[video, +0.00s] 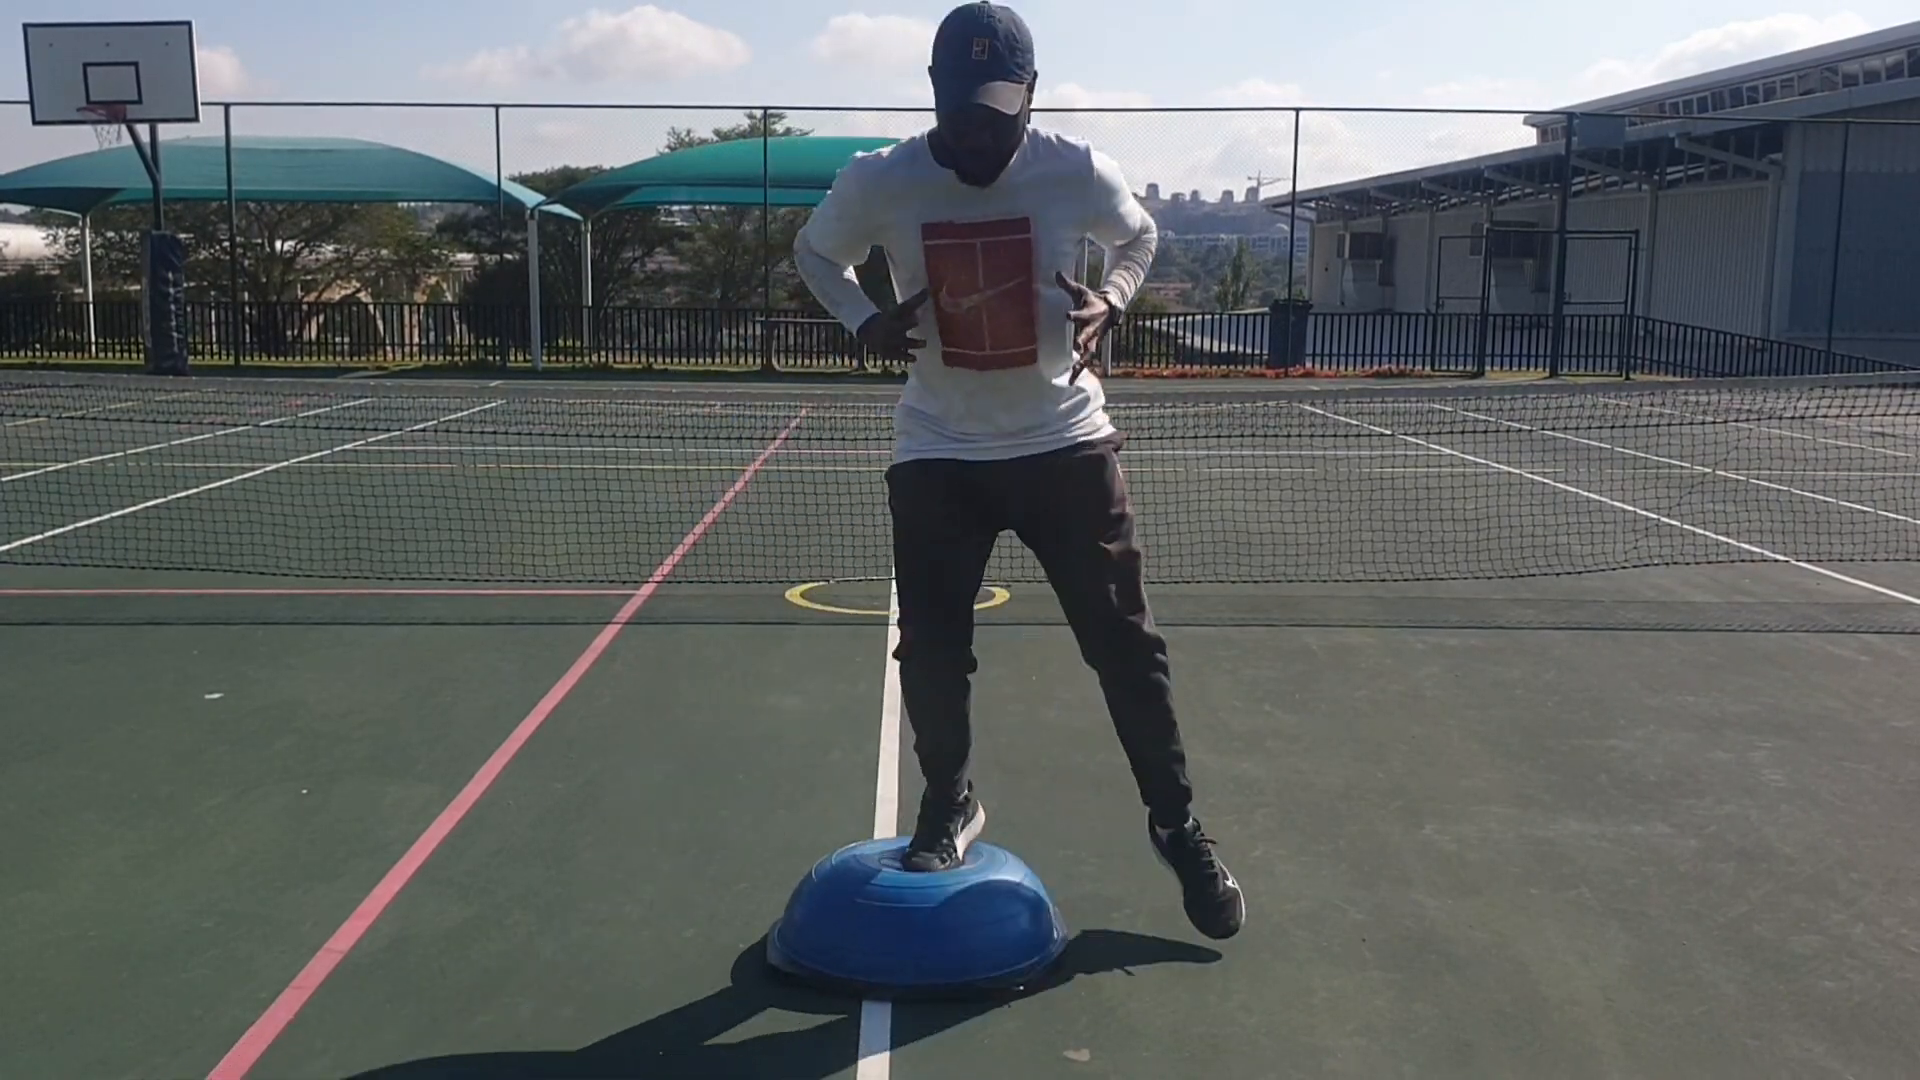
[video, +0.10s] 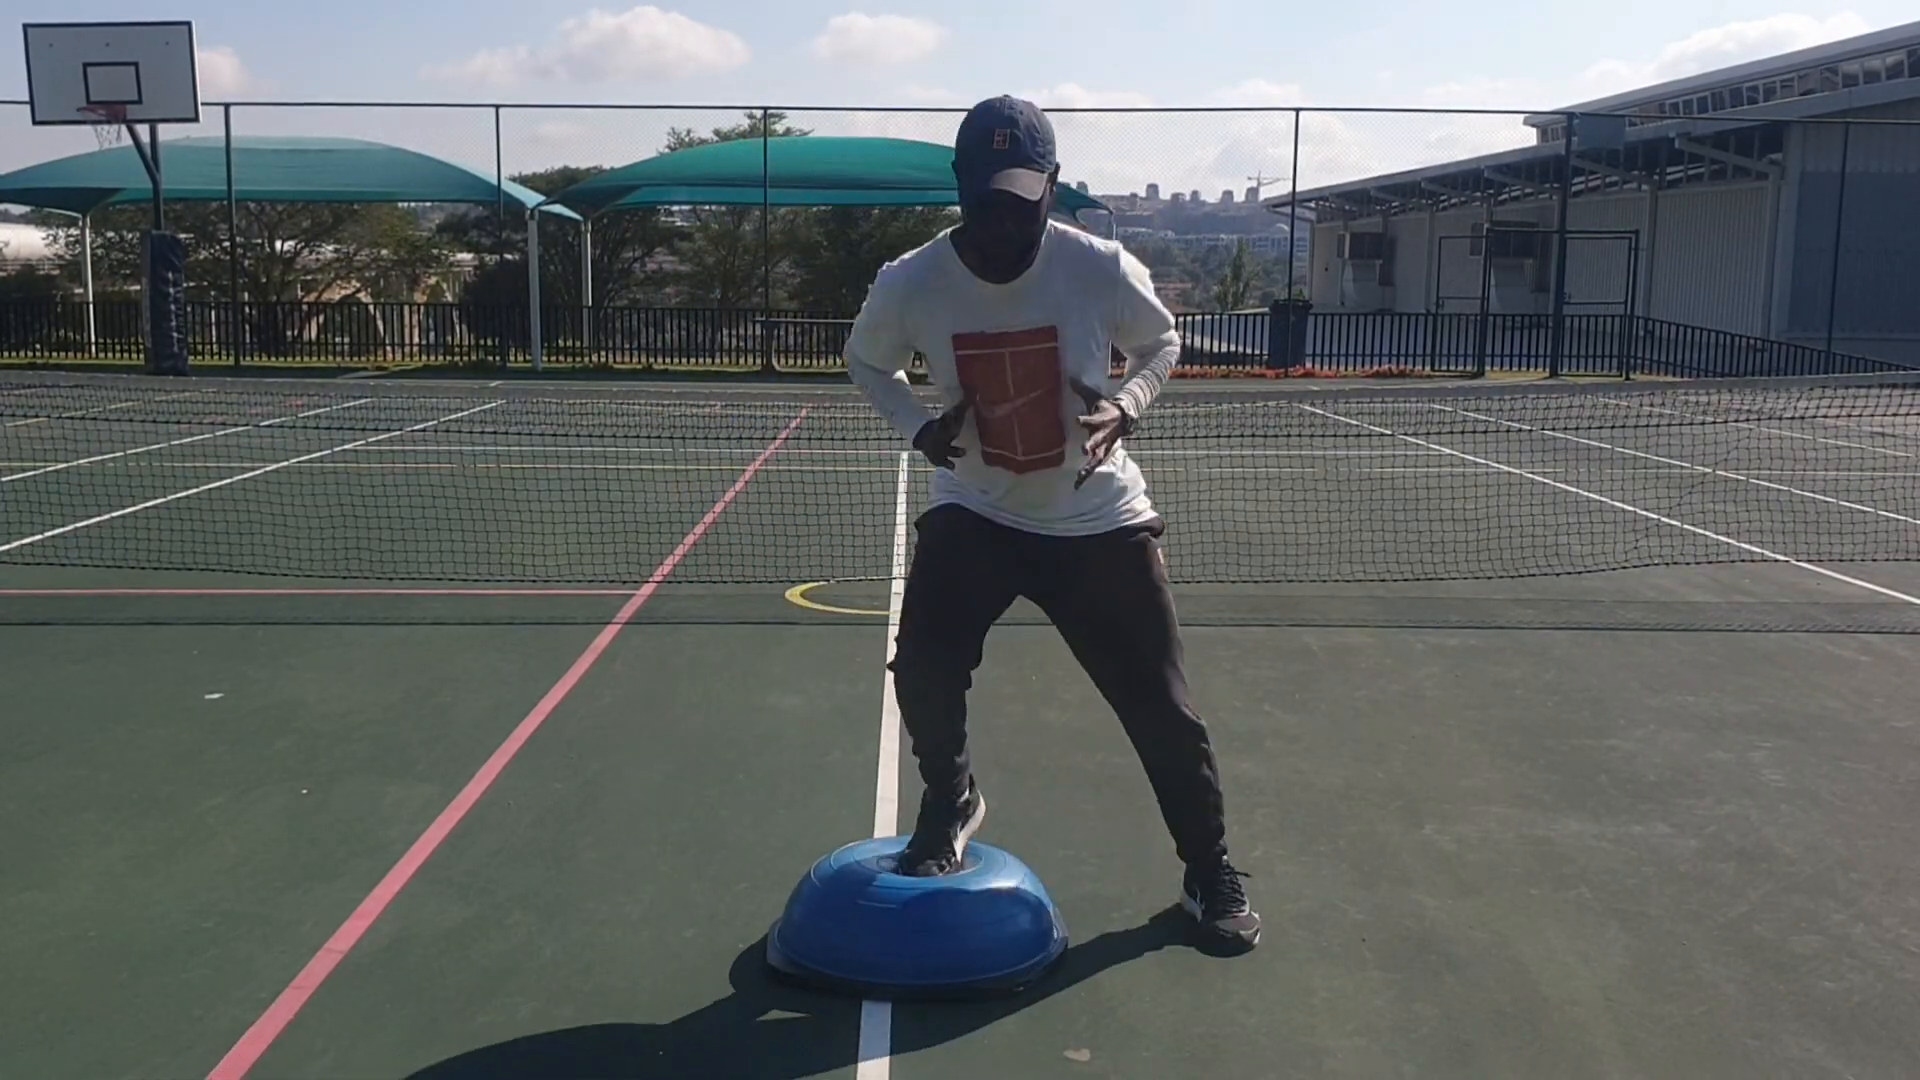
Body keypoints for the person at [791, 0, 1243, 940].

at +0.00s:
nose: (994, 132)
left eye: (1010, 113)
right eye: (975, 113)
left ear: (1031, 96)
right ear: (938, 96)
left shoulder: (1076, 174)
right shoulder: (878, 184)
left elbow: (1138, 236)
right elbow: (814, 255)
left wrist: (1110, 298)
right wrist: (865, 321)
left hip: (1064, 442)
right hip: (938, 452)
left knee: (1126, 642)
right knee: (929, 647)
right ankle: (949, 803)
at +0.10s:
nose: (1012, 219)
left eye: (1027, 201)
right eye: (995, 200)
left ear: (1051, 191)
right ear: (962, 191)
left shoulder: (1102, 271)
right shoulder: (906, 287)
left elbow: (1162, 342)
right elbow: (867, 364)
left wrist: (1128, 404)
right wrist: (922, 427)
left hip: (1094, 519)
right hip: (971, 515)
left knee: (1162, 709)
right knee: (922, 670)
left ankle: (1211, 874)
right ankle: (947, 799)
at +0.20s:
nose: (1006, 232)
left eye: (1022, 215)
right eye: (990, 214)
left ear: (1045, 204)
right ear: (957, 203)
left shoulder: (1101, 282)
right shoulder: (903, 298)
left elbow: (1157, 365)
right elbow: (873, 377)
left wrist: (1120, 416)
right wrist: (919, 439)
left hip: (1089, 520)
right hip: (968, 522)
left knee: (1155, 695)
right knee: (934, 679)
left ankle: (1209, 872)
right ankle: (950, 811)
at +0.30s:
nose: (990, 153)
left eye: (1004, 134)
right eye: (971, 134)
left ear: (1024, 124)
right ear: (930, 121)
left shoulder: (1070, 208)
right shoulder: (873, 211)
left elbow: (1127, 273)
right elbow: (823, 274)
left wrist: (1094, 316)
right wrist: (861, 340)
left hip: (1054, 469)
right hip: (933, 474)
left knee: (1122, 664)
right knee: (937, 667)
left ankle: (1177, 836)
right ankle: (951, 819)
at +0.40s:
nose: (964, 93)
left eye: (979, 74)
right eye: (949, 74)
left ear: (1004, 61)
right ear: (913, 55)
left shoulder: (1044, 140)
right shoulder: (851, 143)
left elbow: (1096, 216)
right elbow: (788, 193)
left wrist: (1067, 259)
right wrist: (825, 277)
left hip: (1017, 399)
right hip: (898, 410)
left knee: (1077, 590)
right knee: (919, 616)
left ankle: (1059, 751)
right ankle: (938, 786)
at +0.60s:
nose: (920, 85)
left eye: (936, 67)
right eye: (904, 63)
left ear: (962, 57)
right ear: (870, 48)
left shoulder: (1005, 144)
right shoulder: (808, 137)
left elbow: (1030, 200)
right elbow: (735, 186)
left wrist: (1009, 260)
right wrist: (776, 281)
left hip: (955, 408)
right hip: (831, 402)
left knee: (952, 615)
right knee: (789, 601)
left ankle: (903, 788)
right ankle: (750, 775)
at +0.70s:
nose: (905, 136)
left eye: (920, 115)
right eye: (885, 117)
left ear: (942, 110)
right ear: (847, 111)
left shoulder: (980, 208)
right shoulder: (783, 198)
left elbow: (993, 259)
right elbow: (716, 254)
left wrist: (971, 319)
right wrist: (758, 343)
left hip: (922, 481)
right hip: (794, 484)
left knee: (947, 672)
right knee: (724, 678)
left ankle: (899, 822)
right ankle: (655, 851)